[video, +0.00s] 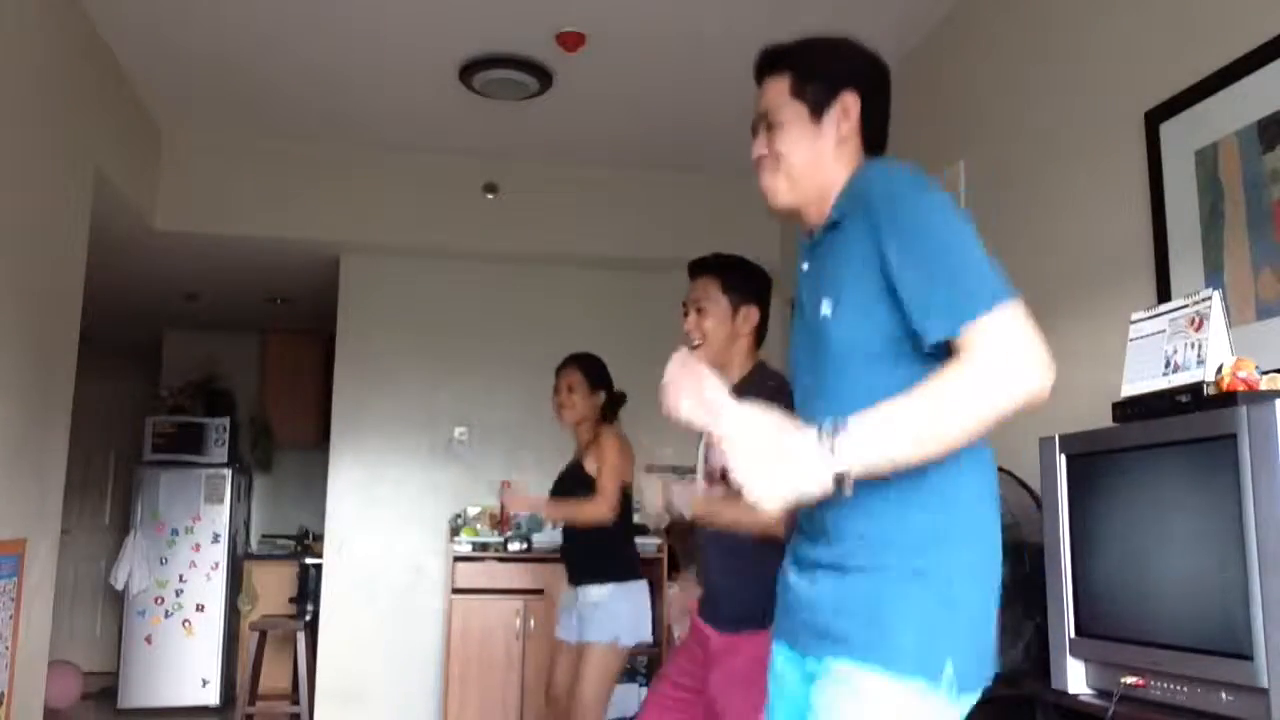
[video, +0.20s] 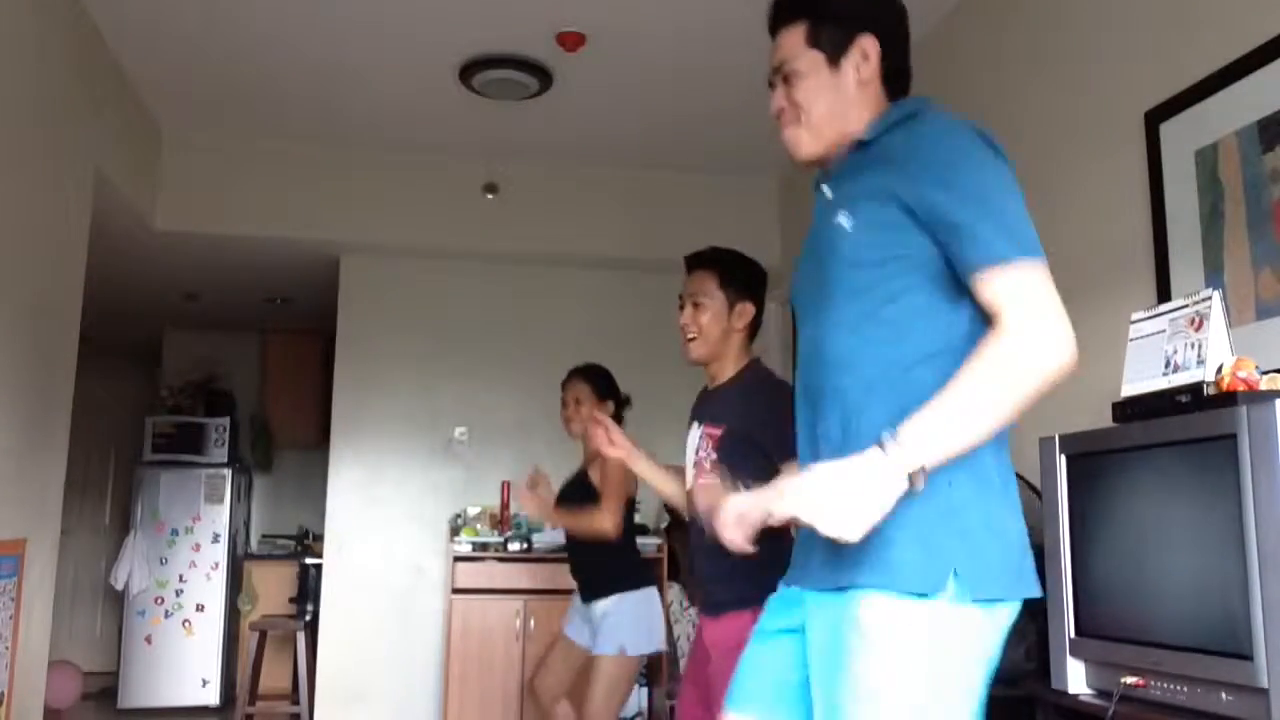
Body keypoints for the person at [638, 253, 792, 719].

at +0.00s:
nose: (687, 325)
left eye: (701, 310)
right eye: (687, 311)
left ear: (748, 319)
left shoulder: (773, 399)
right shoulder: (726, 398)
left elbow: (784, 519)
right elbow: (735, 504)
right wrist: (694, 585)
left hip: (755, 635)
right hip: (708, 624)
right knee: (657, 714)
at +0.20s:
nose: (684, 320)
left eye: (698, 305)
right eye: (683, 306)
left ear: (743, 315)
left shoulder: (773, 398)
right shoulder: (708, 400)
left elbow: (804, 497)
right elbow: (694, 500)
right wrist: (629, 453)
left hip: (754, 616)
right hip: (711, 613)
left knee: (740, 713)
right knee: (692, 713)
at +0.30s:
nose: (684, 323)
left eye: (699, 309)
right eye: (682, 310)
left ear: (743, 320)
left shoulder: (772, 404)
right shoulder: (703, 410)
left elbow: (818, 512)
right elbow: (715, 525)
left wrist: (730, 569)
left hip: (758, 621)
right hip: (709, 620)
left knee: (745, 711)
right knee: (689, 712)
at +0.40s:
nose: (684, 329)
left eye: (698, 314)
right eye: (683, 315)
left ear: (743, 322)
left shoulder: (772, 410)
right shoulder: (719, 415)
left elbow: (793, 522)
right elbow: (723, 518)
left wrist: (693, 541)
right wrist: (694, 594)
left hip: (762, 637)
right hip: (709, 632)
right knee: (655, 713)